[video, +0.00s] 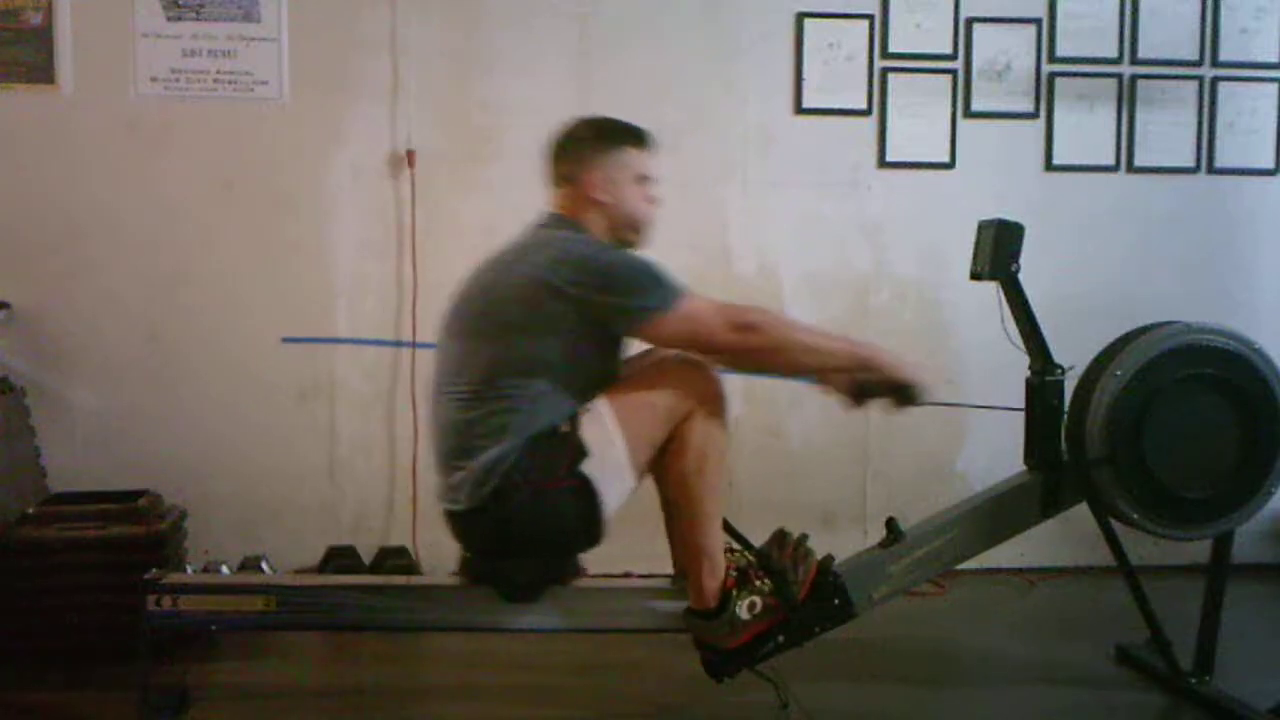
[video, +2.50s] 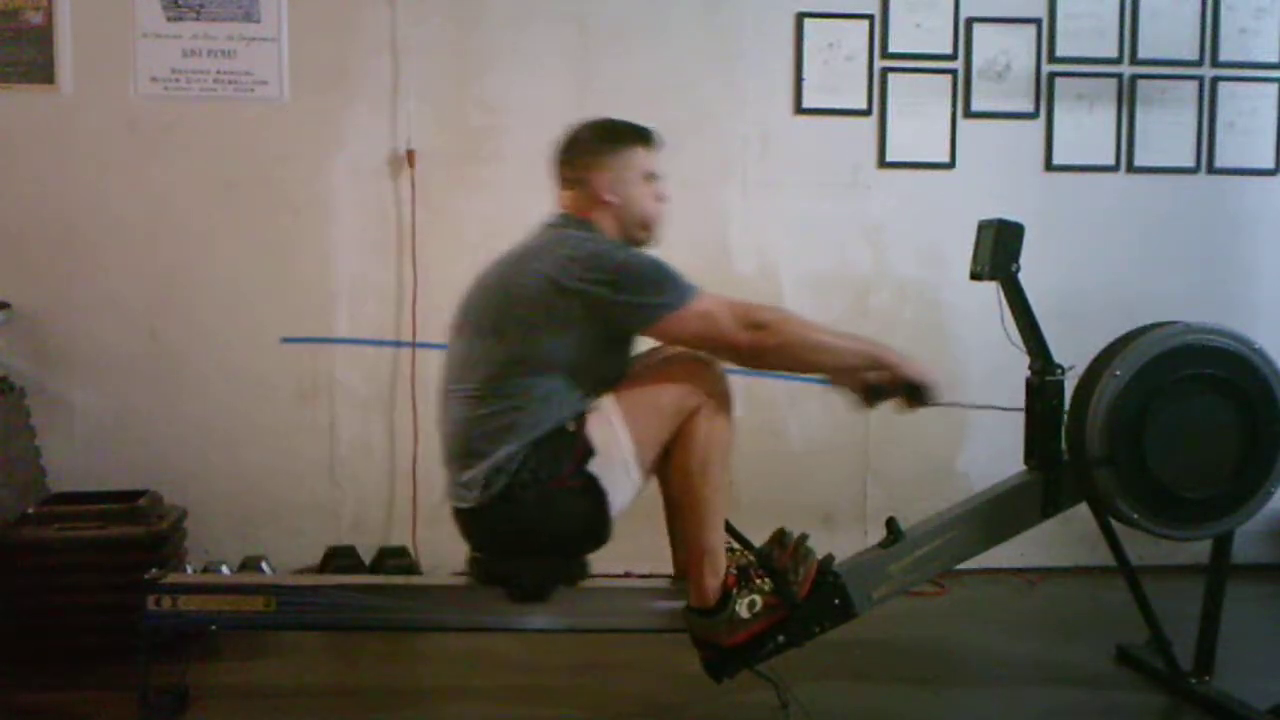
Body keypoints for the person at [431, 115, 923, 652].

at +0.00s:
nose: (655, 200)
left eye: (653, 183)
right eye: (643, 182)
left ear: (593, 189)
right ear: (594, 187)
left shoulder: (543, 258)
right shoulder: (578, 263)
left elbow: (714, 332)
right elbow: (726, 333)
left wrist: (828, 370)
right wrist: (864, 357)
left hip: (491, 514)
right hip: (519, 513)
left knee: (677, 372)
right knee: (692, 382)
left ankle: (708, 587)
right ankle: (715, 609)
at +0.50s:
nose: (235, 174)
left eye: (231, 158)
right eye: (216, 159)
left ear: (178, 175)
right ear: (154, 176)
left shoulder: (188, 267)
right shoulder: (167, 273)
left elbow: (280, 369)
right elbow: (267, 372)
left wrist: (411, 358)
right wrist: (424, 358)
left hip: (295, 476)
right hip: (275, 499)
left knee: (503, 491)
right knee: (501, 512)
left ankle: (701, 588)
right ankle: (710, 616)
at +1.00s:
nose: (197, 203)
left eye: (195, 188)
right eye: (179, 188)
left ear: (143, 199)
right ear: (115, 197)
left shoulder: (154, 292)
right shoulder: (100, 299)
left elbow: (166, 417)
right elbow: (107, 440)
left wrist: (278, 385)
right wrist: (248, 373)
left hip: (301, 470)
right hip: (275, 502)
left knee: (502, 506)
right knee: (494, 527)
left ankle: (708, 593)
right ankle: (708, 610)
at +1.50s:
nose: (378, 188)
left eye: (376, 169)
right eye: (362, 167)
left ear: (304, 172)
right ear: (302, 169)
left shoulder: (276, 255)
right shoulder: (288, 263)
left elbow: (424, 352)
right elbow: (429, 351)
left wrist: (554, 406)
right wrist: (560, 406)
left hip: (319, 488)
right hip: (315, 502)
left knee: (538, 461)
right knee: (538, 466)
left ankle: (703, 587)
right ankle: (708, 616)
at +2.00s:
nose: (613, 204)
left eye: (610, 187)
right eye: (599, 186)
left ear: (547, 193)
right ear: (549, 191)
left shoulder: (497, 261)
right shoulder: (528, 266)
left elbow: (665, 346)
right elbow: (680, 348)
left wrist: (787, 392)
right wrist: (823, 390)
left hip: (456, 520)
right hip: (481, 521)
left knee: (653, 380)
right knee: (663, 392)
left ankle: (705, 582)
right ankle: (714, 606)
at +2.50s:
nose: (663, 197)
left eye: (659, 181)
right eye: (650, 180)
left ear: (599, 191)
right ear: (601, 190)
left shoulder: (553, 256)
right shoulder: (591, 263)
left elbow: (729, 326)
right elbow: (742, 335)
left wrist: (844, 369)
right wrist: (880, 358)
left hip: (497, 501)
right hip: (524, 503)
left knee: (688, 366)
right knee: (700, 382)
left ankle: (705, 583)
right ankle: (712, 603)